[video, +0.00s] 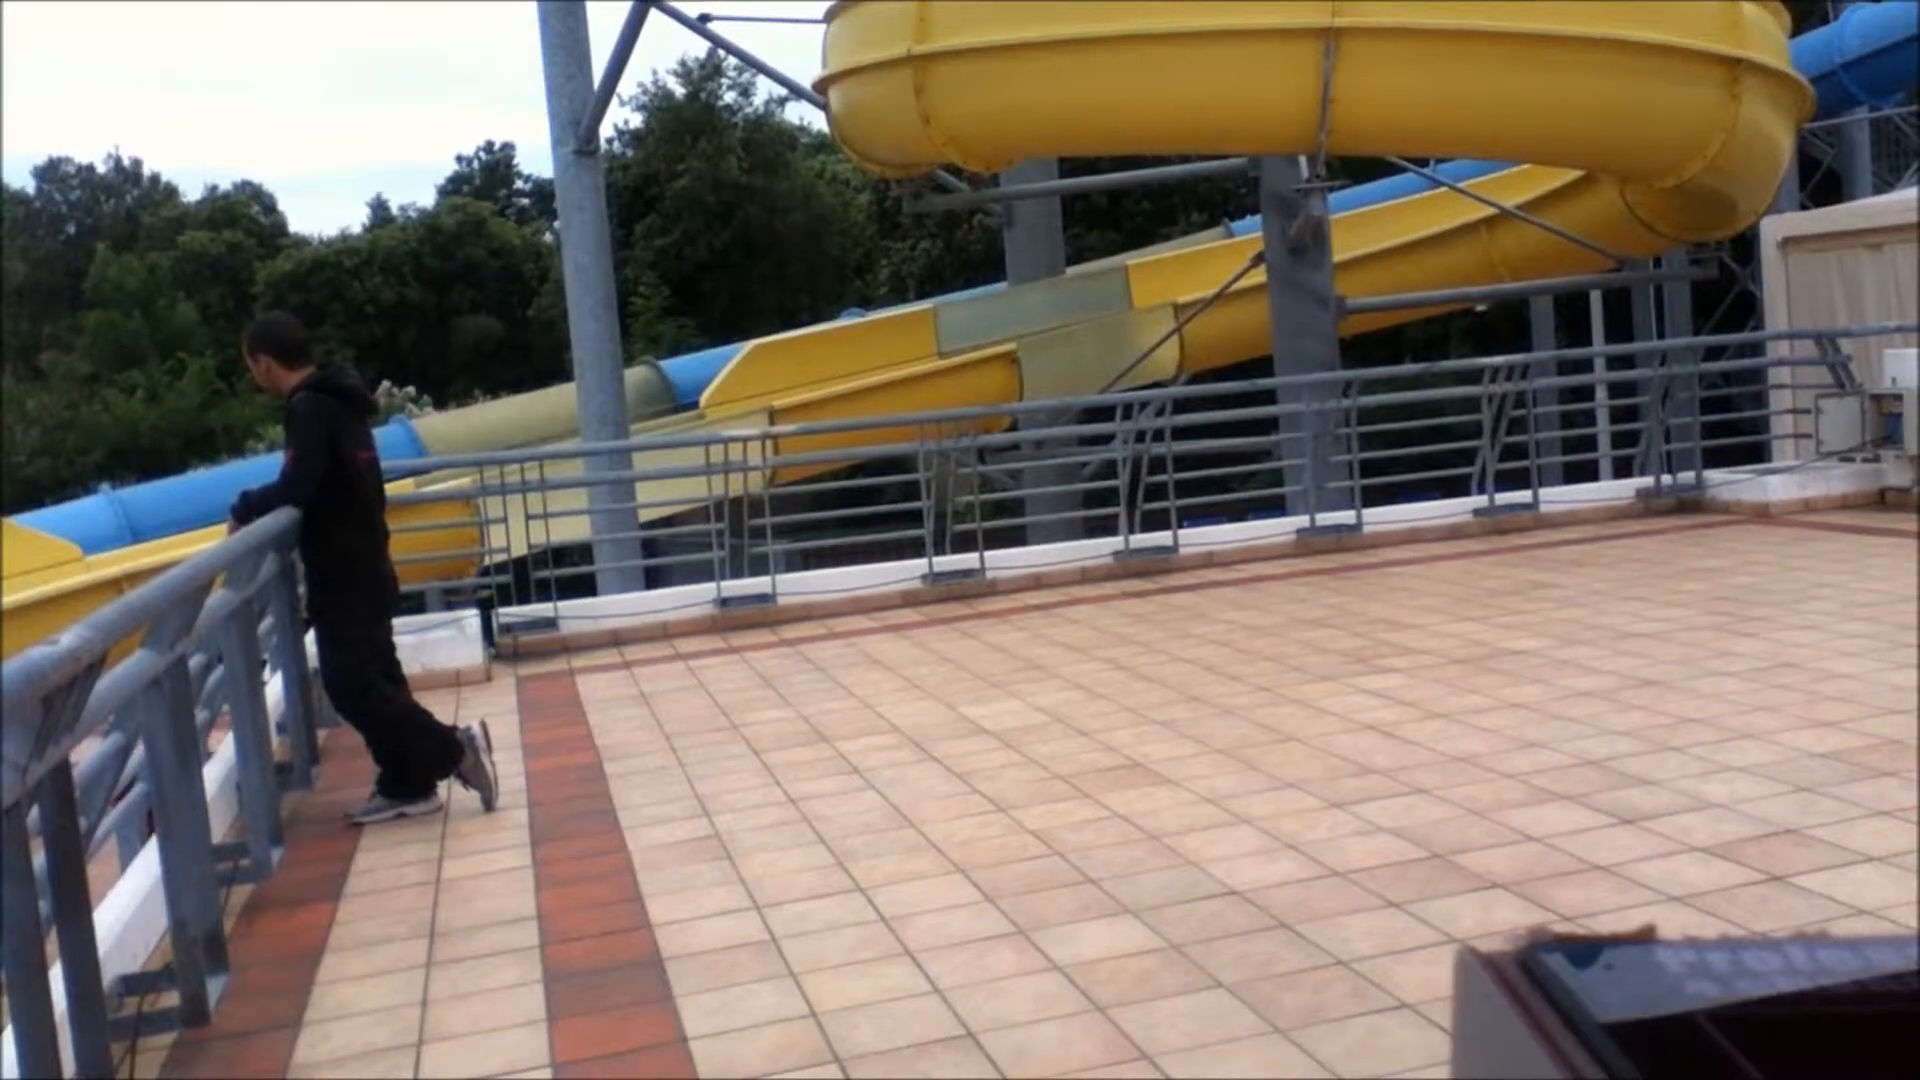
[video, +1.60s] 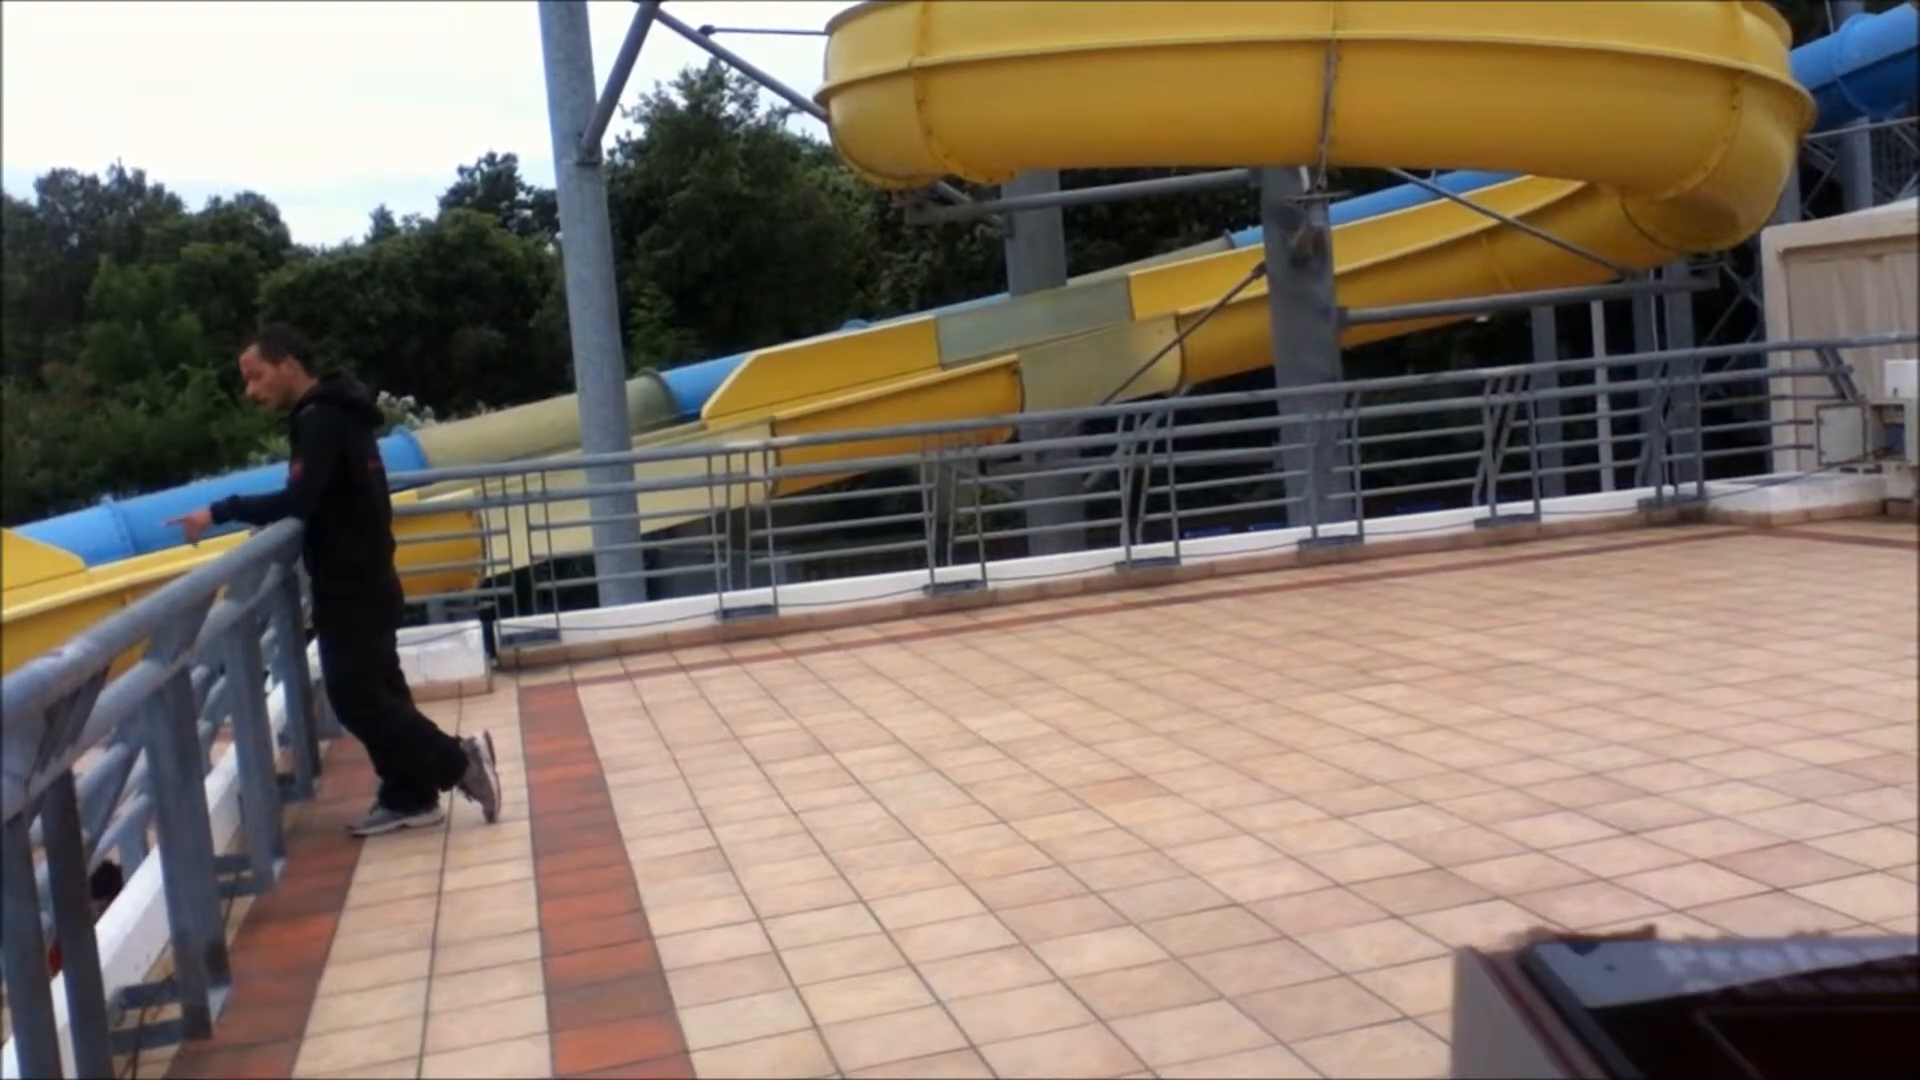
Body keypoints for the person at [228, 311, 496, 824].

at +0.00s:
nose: (253, 377)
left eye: (252, 367)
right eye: (251, 368)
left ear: (268, 363)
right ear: (300, 352)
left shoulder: (308, 408)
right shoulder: (337, 397)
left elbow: (298, 488)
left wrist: (244, 509)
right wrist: (261, 508)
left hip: (343, 573)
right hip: (364, 567)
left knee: (348, 687)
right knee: (376, 675)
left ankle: (452, 750)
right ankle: (406, 787)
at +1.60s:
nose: (251, 391)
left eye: (255, 377)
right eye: (247, 381)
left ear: (290, 366)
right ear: (289, 371)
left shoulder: (317, 420)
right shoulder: (337, 409)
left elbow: (301, 502)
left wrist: (221, 511)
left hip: (350, 586)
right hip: (365, 579)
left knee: (354, 699)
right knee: (379, 687)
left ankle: (457, 763)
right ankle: (408, 798)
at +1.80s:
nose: (254, 392)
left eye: (258, 378)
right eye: (249, 382)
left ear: (292, 366)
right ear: (293, 371)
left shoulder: (319, 420)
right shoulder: (340, 409)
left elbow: (300, 502)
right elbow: (360, 505)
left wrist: (217, 513)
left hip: (349, 586)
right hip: (368, 579)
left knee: (354, 700)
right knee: (380, 687)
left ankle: (457, 763)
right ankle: (408, 798)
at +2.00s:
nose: (256, 391)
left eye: (259, 377)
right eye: (251, 381)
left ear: (292, 365)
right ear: (294, 370)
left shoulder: (320, 419)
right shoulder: (341, 409)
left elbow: (299, 502)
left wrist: (216, 513)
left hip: (349, 586)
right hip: (367, 580)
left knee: (351, 698)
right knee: (379, 687)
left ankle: (455, 762)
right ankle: (408, 797)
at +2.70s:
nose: (252, 397)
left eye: (254, 383)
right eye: (248, 387)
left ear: (286, 369)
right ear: (289, 373)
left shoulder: (317, 421)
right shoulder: (334, 412)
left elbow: (308, 500)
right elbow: (320, 498)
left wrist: (256, 514)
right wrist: (269, 511)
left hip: (347, 588)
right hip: (360, 583)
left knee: (351, 701)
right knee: (376, 689)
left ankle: (455, 762)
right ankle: (407, 799)